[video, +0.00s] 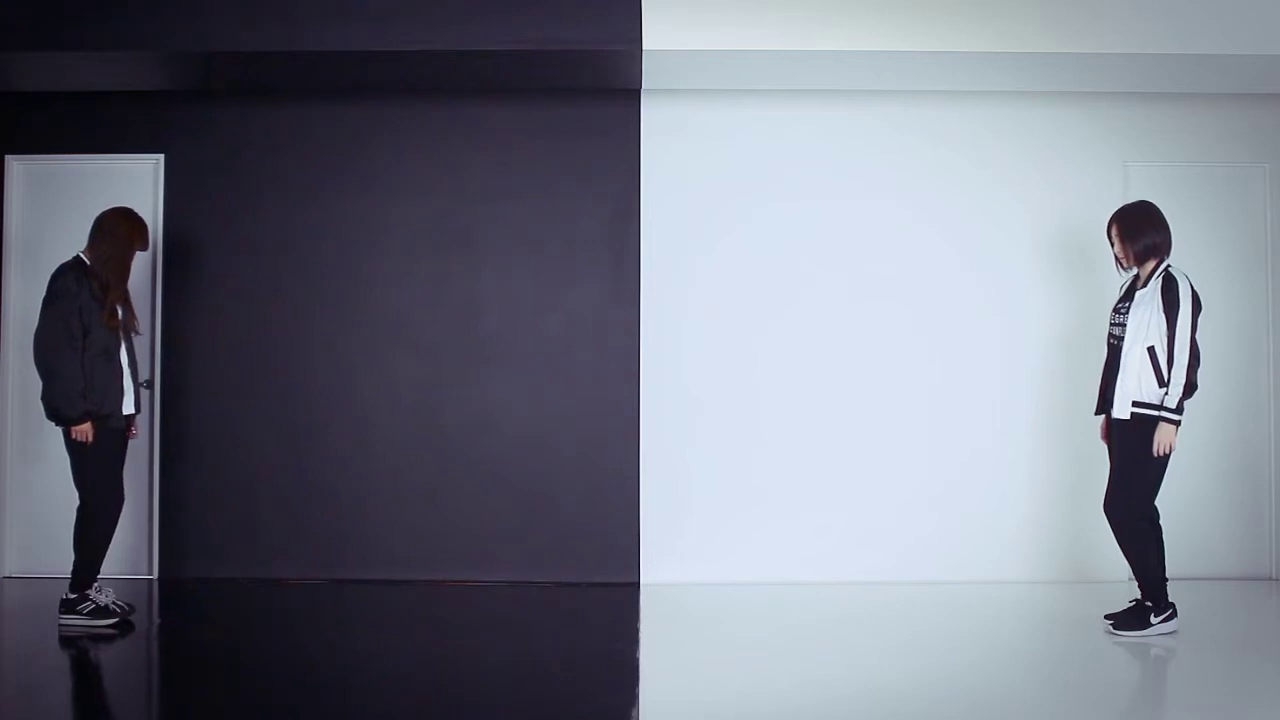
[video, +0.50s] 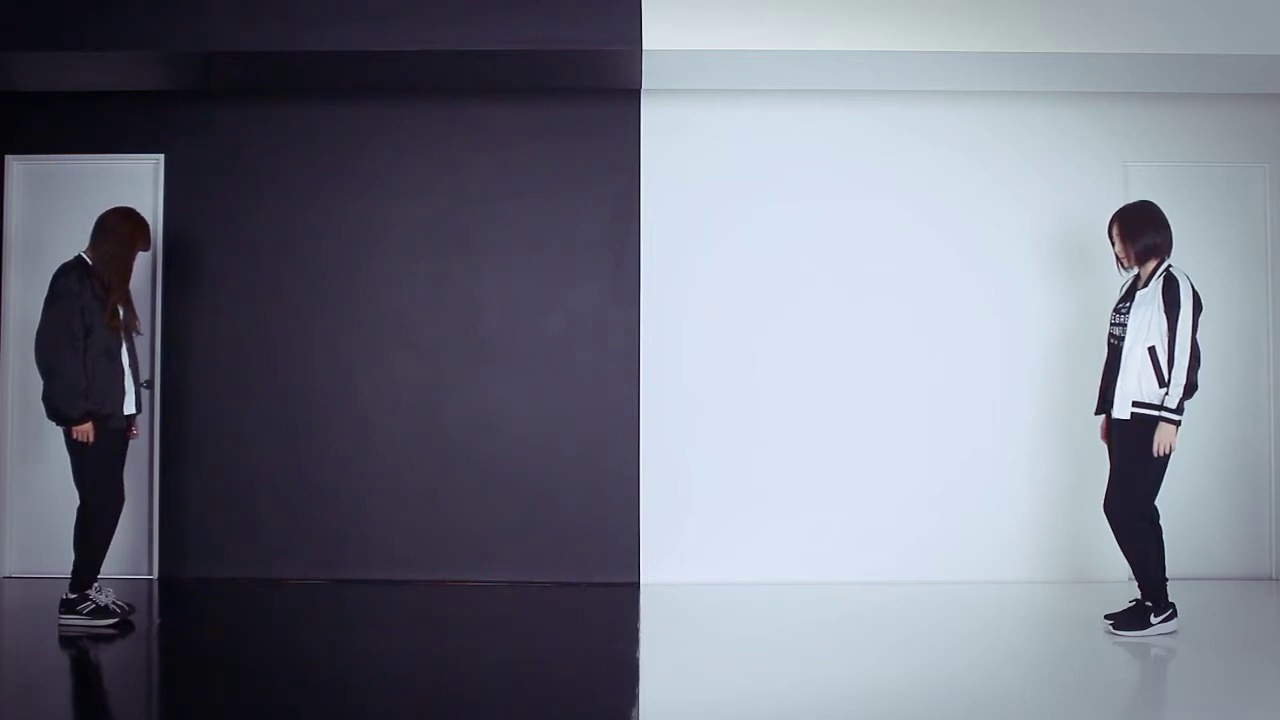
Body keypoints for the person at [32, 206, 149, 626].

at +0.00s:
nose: (132, 260)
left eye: (135, 252)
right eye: (131, 251)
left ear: (107, 241)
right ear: (114, 245)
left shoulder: (108, 284)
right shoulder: (71, 279)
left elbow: (117, 354)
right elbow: (55, 350)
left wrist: (129, 410)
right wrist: (75, 413)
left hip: (112, 416)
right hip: (87, 417)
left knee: (108, 499)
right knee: (100, 500)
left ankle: (86, 590)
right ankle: (78, 597)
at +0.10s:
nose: (132, 260)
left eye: (135, 252)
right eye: (131, 250)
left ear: (108, 242)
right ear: (114, 244)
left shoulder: (109, 283)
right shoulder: (71, 279)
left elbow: (119, 353)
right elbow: (55, 350)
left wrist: (130, 410)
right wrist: (75, 412)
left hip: (112, 416)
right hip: (88, 417)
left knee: (109, 499)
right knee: (101, 501)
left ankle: (86, 590)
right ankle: (77, 597)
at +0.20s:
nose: (133, 260)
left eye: (136, 252)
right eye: (131, 250)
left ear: (109, 241)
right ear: (115, 244)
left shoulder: (109, 283)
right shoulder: (72, 279)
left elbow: (119, 353)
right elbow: (55, 350)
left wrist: (130, 410)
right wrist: (75, 412)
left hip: (112, 416)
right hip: (88, 417)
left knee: (109, 499)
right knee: (101, 501)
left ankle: (86, 590)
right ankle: (77, 597)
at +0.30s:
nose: (133, 260)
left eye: (136, 252)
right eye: (132, 250)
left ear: (110, 241)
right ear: (115, 244)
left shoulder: (109, 283)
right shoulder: (72, 279)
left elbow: (119, 353)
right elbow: (55, 350)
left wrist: (130, 410)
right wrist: (76, 412)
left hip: (112, 416)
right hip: (88, 417)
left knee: (109, 500)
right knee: (100, 501)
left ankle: (86, 590)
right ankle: (77, 597)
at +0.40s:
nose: (134, 260)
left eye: (137, 252)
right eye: (132, 250)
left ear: (110, 241)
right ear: (116, 244)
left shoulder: (110, 283)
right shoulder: (73, 278)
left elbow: (119, 354)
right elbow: (56, 350)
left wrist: (129, 410)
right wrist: (76, 412)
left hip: (112, 416)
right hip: (88, 417)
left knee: (109, 499)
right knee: (100, 501)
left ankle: (86, 590)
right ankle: (78, 597)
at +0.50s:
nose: (134, 260)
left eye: (137, 252)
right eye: (133, 250)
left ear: (110, 241)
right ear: (116, 244)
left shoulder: (110, 283)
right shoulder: (73, 279)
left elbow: (119, 353)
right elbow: (56, 350)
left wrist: (130, 410)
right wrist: (76, 412)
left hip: (112, 415)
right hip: (88, 417)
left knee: (109, 500)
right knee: (100, 502)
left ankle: (86, 590)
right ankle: (78, 596)